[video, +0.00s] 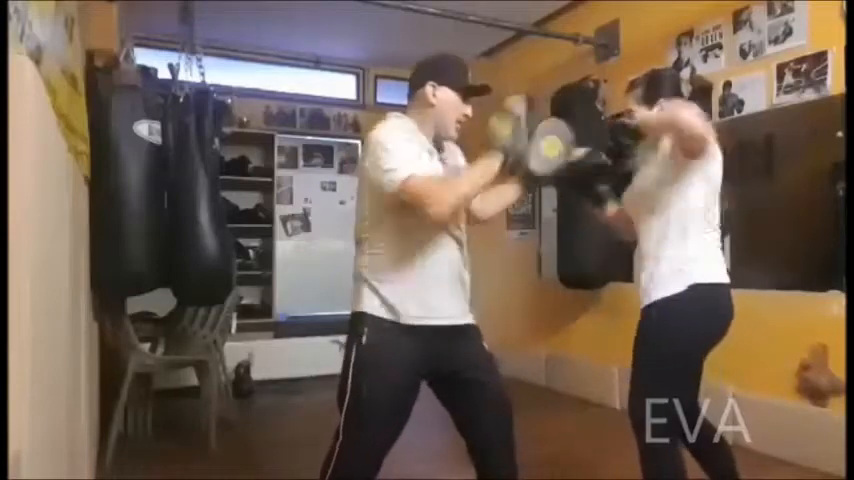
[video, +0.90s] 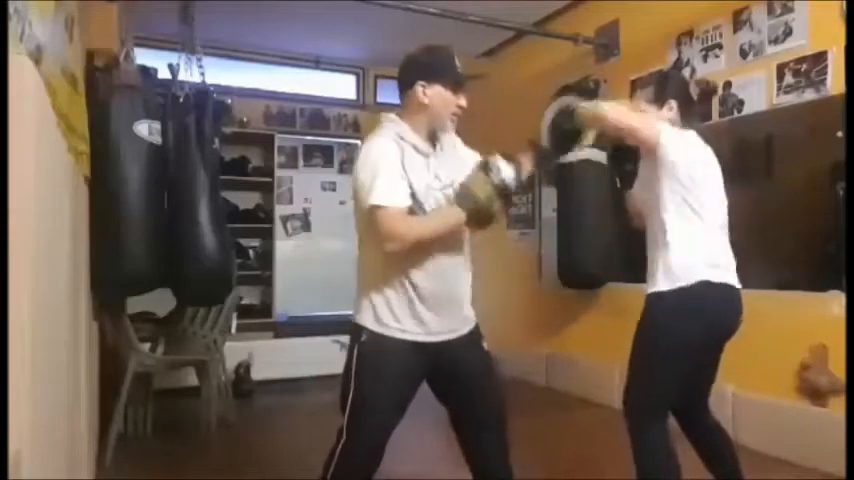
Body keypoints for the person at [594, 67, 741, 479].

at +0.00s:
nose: (629, 118)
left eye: (634, 109)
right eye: (628, 111)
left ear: (657, 107)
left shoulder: (694, 150)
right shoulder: (649, 167)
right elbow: (634, 230)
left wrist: (640, 120)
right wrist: (597, 198)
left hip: (692, 295)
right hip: (665, 299)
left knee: (648, 413)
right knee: (682, 410)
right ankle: (727, 472)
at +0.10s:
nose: (635, 120)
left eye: (641, 112)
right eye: (636, 113)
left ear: (667, 112)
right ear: (675, 113)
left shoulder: (674, 141)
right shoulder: (692, 154)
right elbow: (635, 224)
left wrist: (582, 123)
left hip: (682, 300)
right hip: (710, 297)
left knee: (650, 413)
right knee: (688, 412)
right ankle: (729, 472)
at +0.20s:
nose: (634, 130)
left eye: (640, 120)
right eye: (632, 122)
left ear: (670, 113)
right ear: (672, 114)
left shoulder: (670, 148)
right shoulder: (701, 150)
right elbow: (656, 236)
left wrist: (589, 153)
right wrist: (631, 193)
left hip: (680, 296)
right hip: (715, 294)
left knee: (651, 409)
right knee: (690, 410)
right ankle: (730, 474)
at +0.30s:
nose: (627, 136)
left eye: (633, 126)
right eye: (625, 127)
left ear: (663, 121)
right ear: (662, 121)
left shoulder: (677, 165)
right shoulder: (691, 159)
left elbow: (666, 252)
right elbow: (672, 246)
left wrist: (627, 218)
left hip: (687, 295)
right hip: (718, 294)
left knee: (645, 400)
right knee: (685, 408)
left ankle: (656, 473)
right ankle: (727, 472)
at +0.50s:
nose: (623, 131)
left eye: (630, 120)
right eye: (623, 121)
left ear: (659, 118)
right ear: (659, 119)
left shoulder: (666, 171)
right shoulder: (692, 157)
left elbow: (637, 250)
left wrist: (601, 212)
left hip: (690, 300)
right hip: (718, 294)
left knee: (650, 404)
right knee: (686, 411)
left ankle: (662, 474)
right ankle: (728, 474)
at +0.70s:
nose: (638, 120)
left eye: (645, 109)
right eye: (636, 112)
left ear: (677, 106)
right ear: (672, 110)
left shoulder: (694, 147)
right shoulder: (664, 165)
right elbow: (625, 204)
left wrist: (626, 134)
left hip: (681, 294)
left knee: (638, 406)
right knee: (686, 407)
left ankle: (648, 473)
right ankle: (729, 474)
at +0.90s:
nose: (634, 116)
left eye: (641, 108)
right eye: (633, 108)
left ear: (669, 108)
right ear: (674, 111)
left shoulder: (669, 142)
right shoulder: (701, 154)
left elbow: (612, 117)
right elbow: (641, 213)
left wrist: (578, 111)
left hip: (680, 297)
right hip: (720, 296)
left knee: (642, 408)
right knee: (691, 406)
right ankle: (732, 475)